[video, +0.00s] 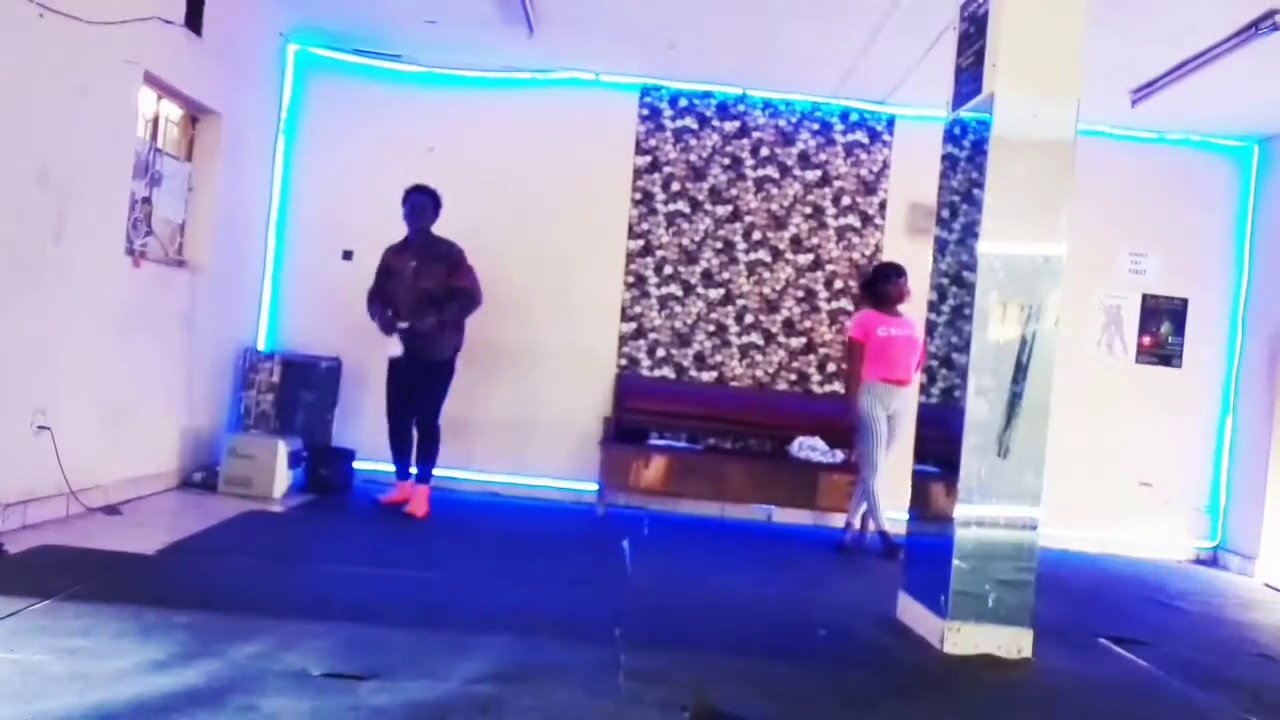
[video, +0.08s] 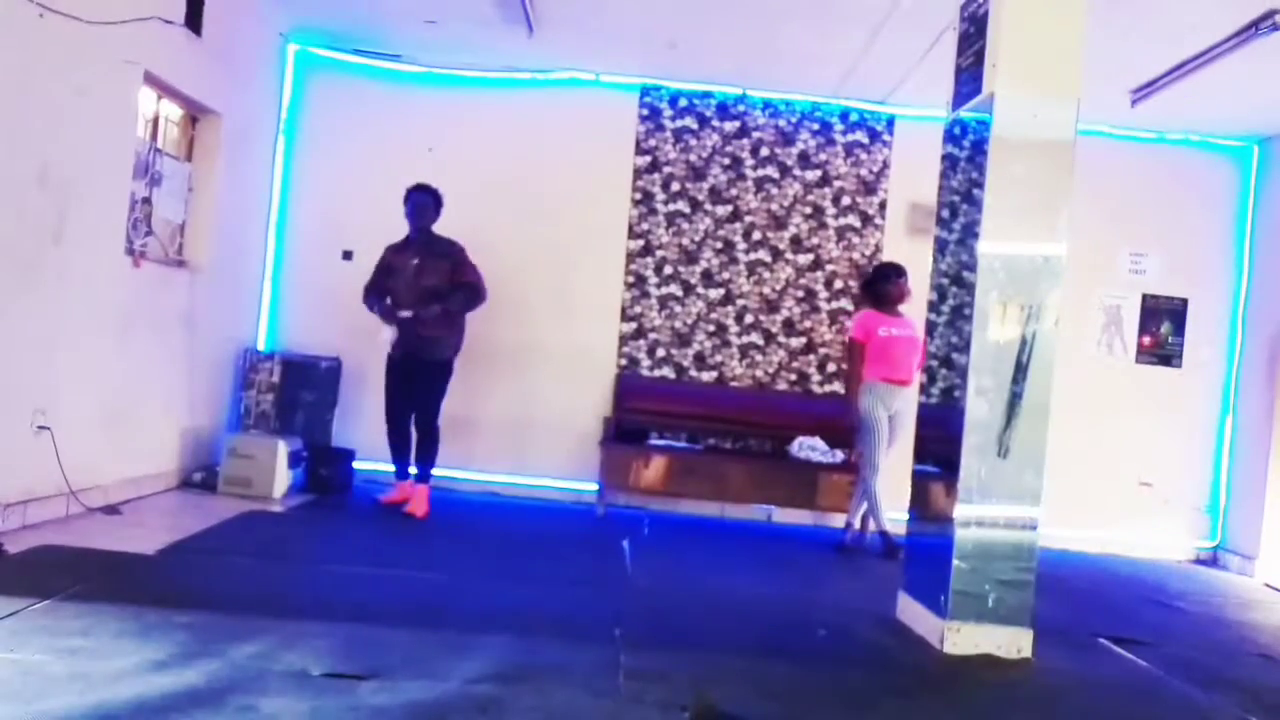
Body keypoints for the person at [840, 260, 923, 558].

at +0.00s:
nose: (905, 288)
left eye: (905, 282)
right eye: (899, 282)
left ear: (903, 288)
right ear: (882, 287)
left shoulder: (909, 324)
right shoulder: (865, 320)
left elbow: (917, 365)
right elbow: (854, 364)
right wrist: (852, 399)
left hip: (901, 391)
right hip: (873, 387)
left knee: (877, 461)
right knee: (872, 460)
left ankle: (852, 525)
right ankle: (881, 530)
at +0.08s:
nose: (906, 288)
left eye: (906, 282)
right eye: (899, 282)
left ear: (904, 288)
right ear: (882, 287)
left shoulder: (909, 324)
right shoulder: (865, 320)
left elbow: (917, 366)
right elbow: (854, 365)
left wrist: (910, 396)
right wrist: (853, 402)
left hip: (903, 391)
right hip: (874, 387)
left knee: (878, 462)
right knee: (873, 462)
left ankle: (852, 526)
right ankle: (882, 530)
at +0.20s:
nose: (907, 288)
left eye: (906, 282)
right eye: (900, 282)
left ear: (903, 288)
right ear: (883, 287)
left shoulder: (910, 325)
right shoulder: (866, 320)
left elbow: (917, 368)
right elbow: (854, 367)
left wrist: (910, 401)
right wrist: (852, 408)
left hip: (903, 392)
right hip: (875, 388)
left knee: (878, 463)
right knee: (874, 461)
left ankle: (852, 526)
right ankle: (882, 530)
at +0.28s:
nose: (907, 288)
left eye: (907, 282)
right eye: (901, 282)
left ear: (903, 288)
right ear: (884, 287)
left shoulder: (910, 325)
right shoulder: (867, 320)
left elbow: (916, 368)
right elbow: (854, 367)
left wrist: (910, 400)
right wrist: (850, 409)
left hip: (903, 392)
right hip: (874, 387)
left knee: (877, 462)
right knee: (874, 461)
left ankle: (852, 526)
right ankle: (883, 530)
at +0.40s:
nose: (908, 289)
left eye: (907, 283)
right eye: (901, 283)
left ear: (903, 288)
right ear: (884, 288)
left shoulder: (910, 325)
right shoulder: (867, 320)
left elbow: (915, 368)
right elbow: (853, 367)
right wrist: (849, 409)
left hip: (902, 391)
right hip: (874, 387)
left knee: (877, 462)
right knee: (874, 460)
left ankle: (851, 526)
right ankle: (882, 530)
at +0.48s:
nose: (906, 289)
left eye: (906, 282)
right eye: (900, 283)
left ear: (904, 288)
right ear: (883, 287)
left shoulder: (908, 324)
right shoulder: (866, 319)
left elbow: (915, 367)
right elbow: (853, 366)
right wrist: (848, 408)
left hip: (902, 391)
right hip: (874, 387)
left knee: (877, 462)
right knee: (873, 461)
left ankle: (851, 527)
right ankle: (882, 530)